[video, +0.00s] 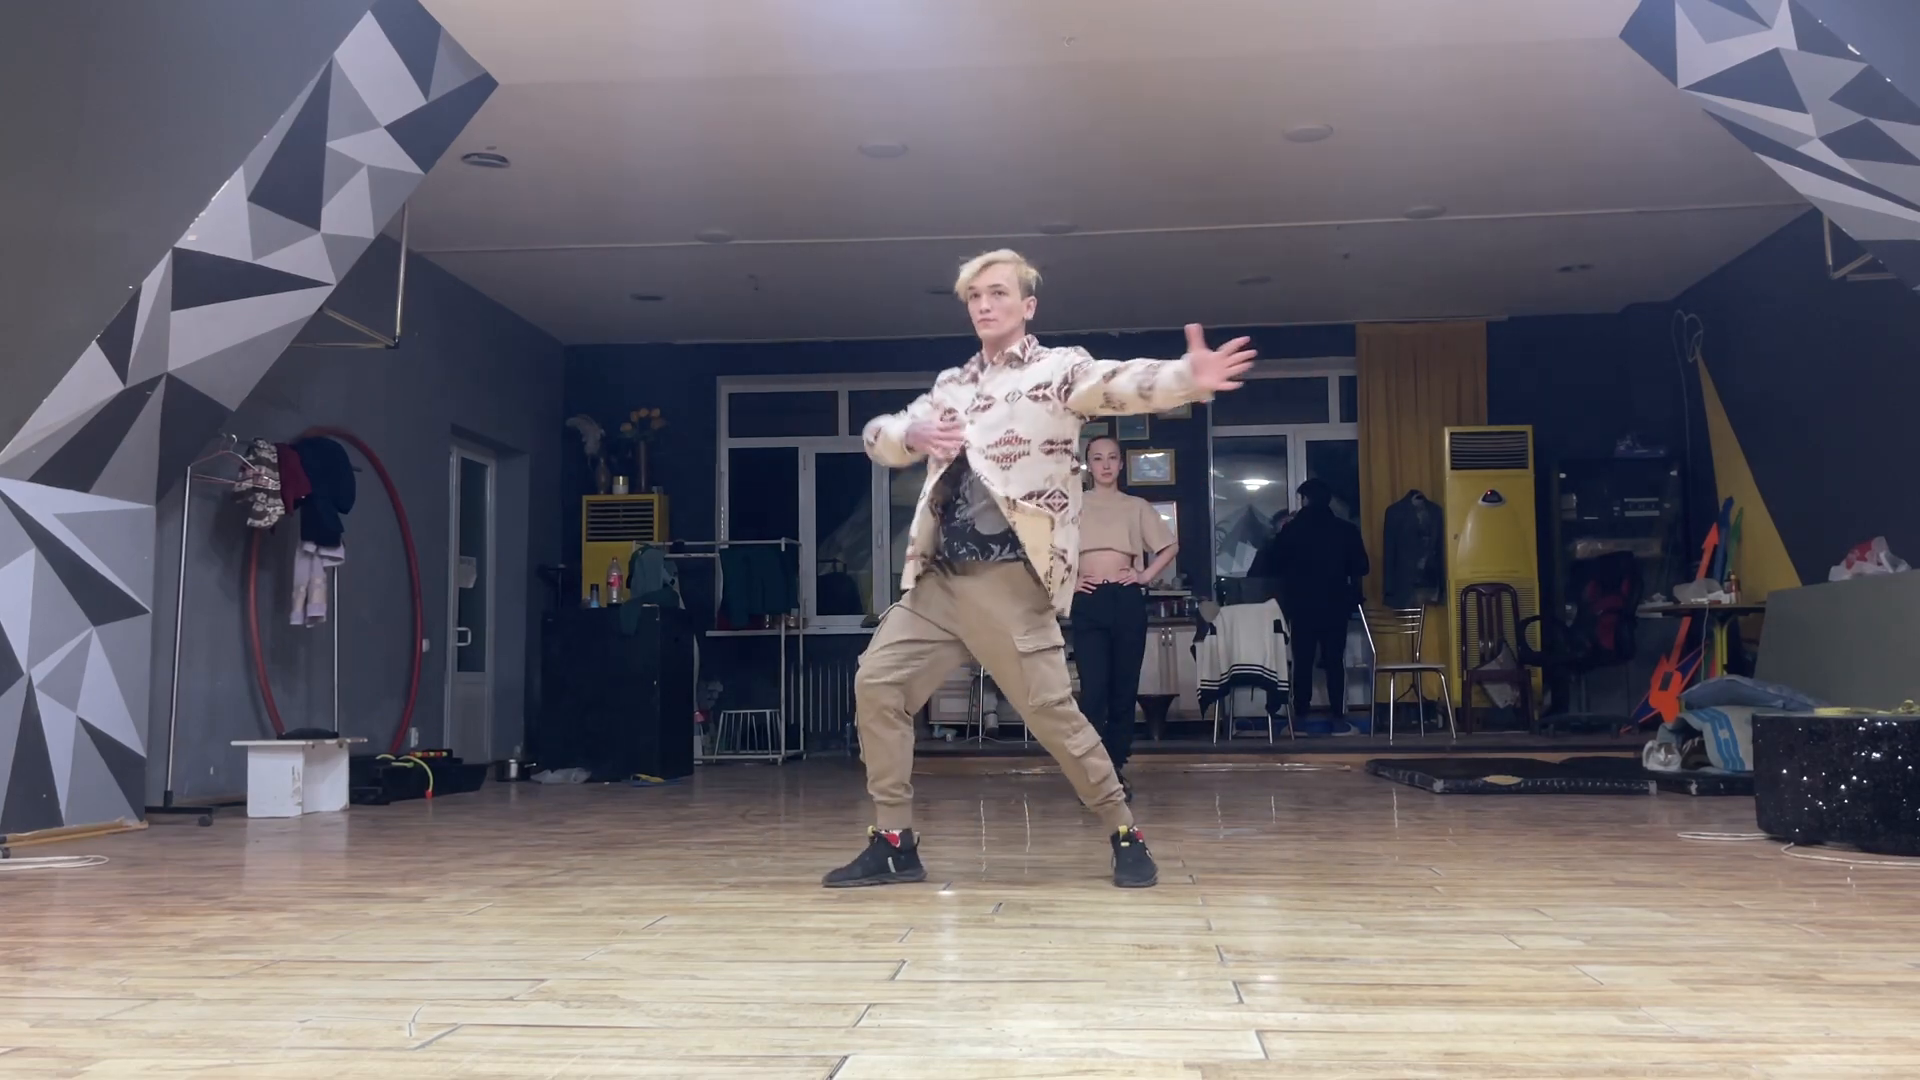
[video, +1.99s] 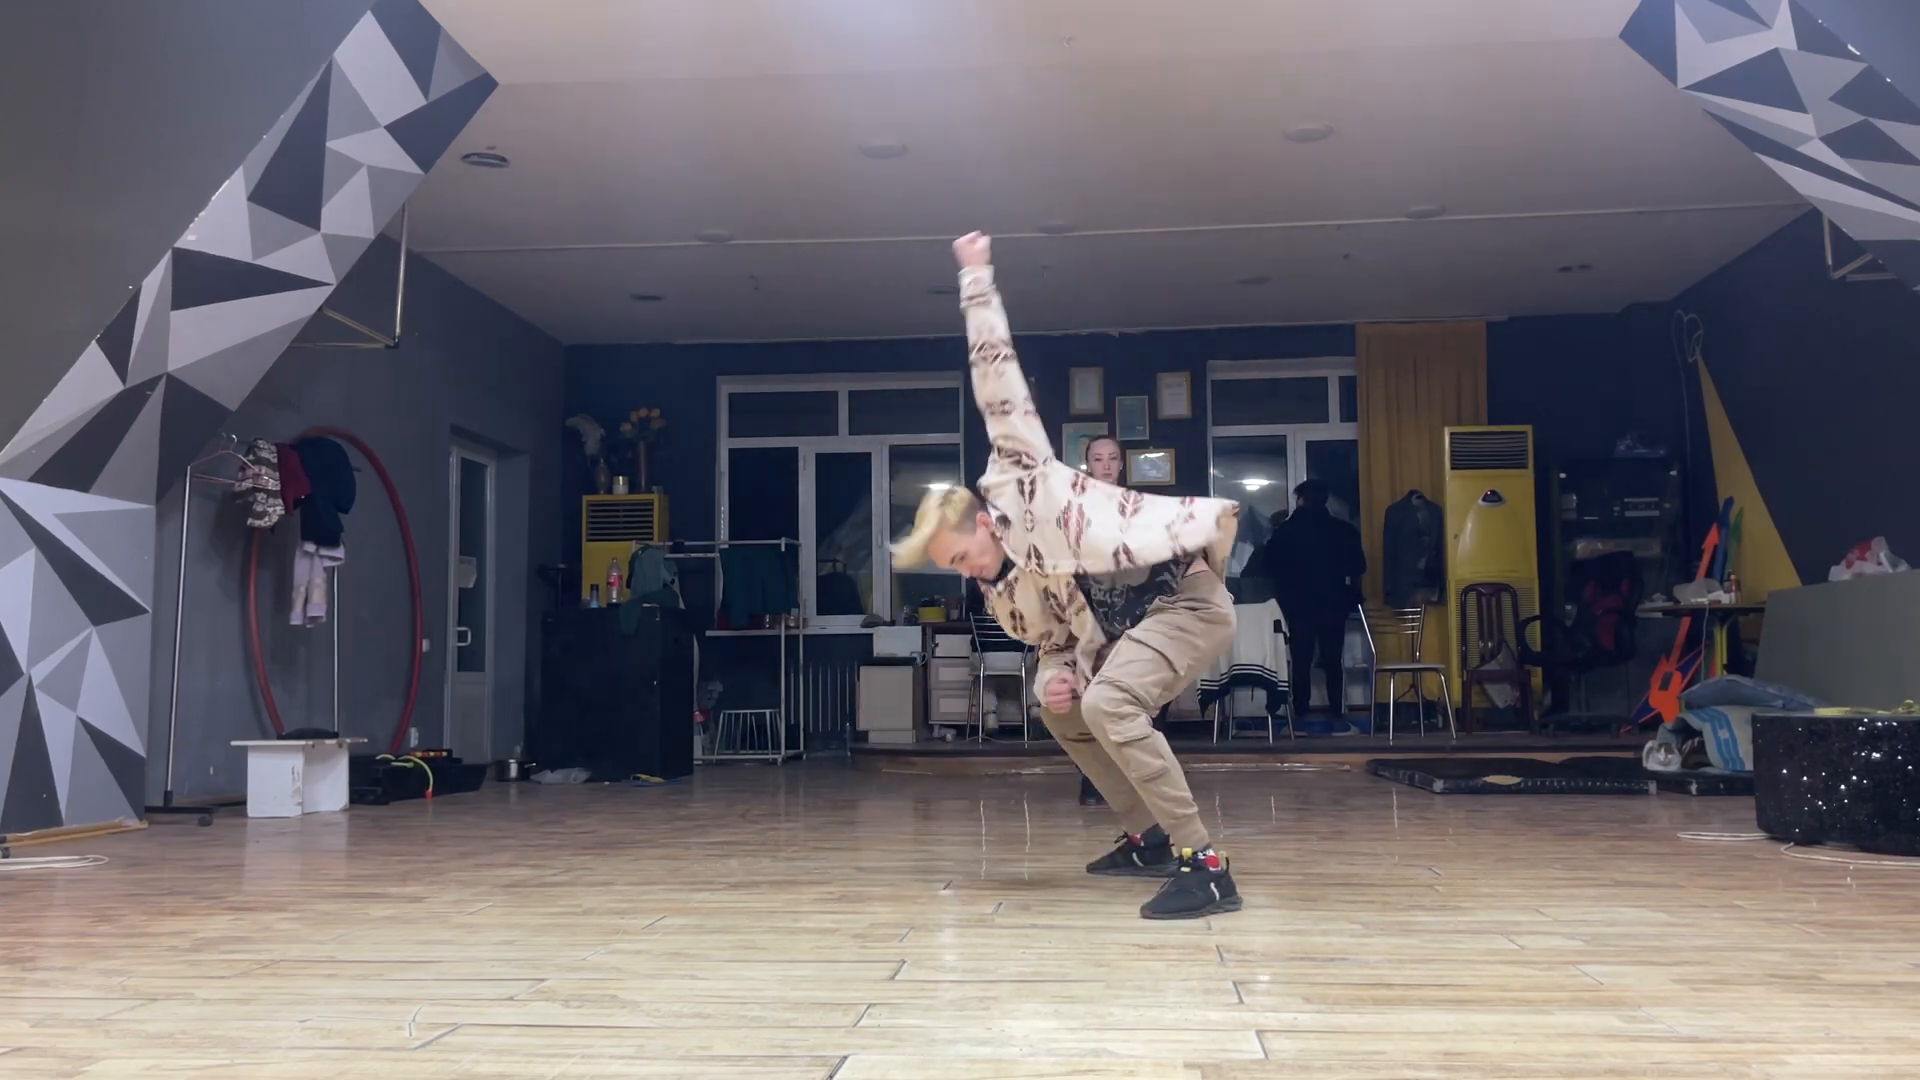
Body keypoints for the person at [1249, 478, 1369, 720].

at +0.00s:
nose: (1302, 502)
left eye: (1302, 498)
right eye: (1303, 499)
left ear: (1305, 500)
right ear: (1328, 500)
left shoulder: (1291, 530)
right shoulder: (1346, 529)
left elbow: (1270, 567)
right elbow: (1360, 567)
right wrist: (1337, 564)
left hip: (1301, 604)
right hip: (1335, 604)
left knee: (1302, 661)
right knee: (1335, 661)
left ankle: (1300, 717)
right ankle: (1338, 718)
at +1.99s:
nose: (1297, 503)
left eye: (1298, 499)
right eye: (1297, 499)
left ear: (1301, 500)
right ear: (1325, 500)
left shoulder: (1285, 530)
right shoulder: (1344, 530)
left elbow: (1270, 567)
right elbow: (1357, 567)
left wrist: (1283, 594)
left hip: (1298, 605)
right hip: (1332, 605)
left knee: (1300, 661)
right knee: (1333, 661)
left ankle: (1299, 719)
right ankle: (1337, 719)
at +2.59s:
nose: (1285, 509)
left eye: (1285, 505)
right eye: (1286, 505)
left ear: (1286, 505)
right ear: (1310, 503)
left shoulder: (1276, 530)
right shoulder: (1330, 526)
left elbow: (1264, 568)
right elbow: (1347, 561)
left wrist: (1277, 592)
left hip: (1294, 605)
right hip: (1328, 603)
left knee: (1299, 663)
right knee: (1331, 662)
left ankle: (1299, 718)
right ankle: (1336, 719)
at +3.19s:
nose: (1266, 512)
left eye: (1266, 508)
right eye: (1268, 508)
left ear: (1268, 508)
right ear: (1292, 504)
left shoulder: (1263, 531)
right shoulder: (1313, 523)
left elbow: (1252, 569)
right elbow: (1330, 557)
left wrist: (1269, 591)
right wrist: (1310, 566)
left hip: (1287, 603)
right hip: (1319, 601)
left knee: (1295, 662)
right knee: (1329, 661)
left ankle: (1298, 718)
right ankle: (1337, 719)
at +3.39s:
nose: (1264, 512)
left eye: (1264, 508)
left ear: (1265, 508)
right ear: (1288, 505)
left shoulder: (1259, 532)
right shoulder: (1309, 523)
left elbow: (1253, 572)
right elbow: (1329, 556)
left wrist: (1272, 593)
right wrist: (1307, 556)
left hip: (1285, 604)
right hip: (1319, 600)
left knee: (1294, 662)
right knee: (1328, 660)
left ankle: (1297, 718)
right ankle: (1336, 715)